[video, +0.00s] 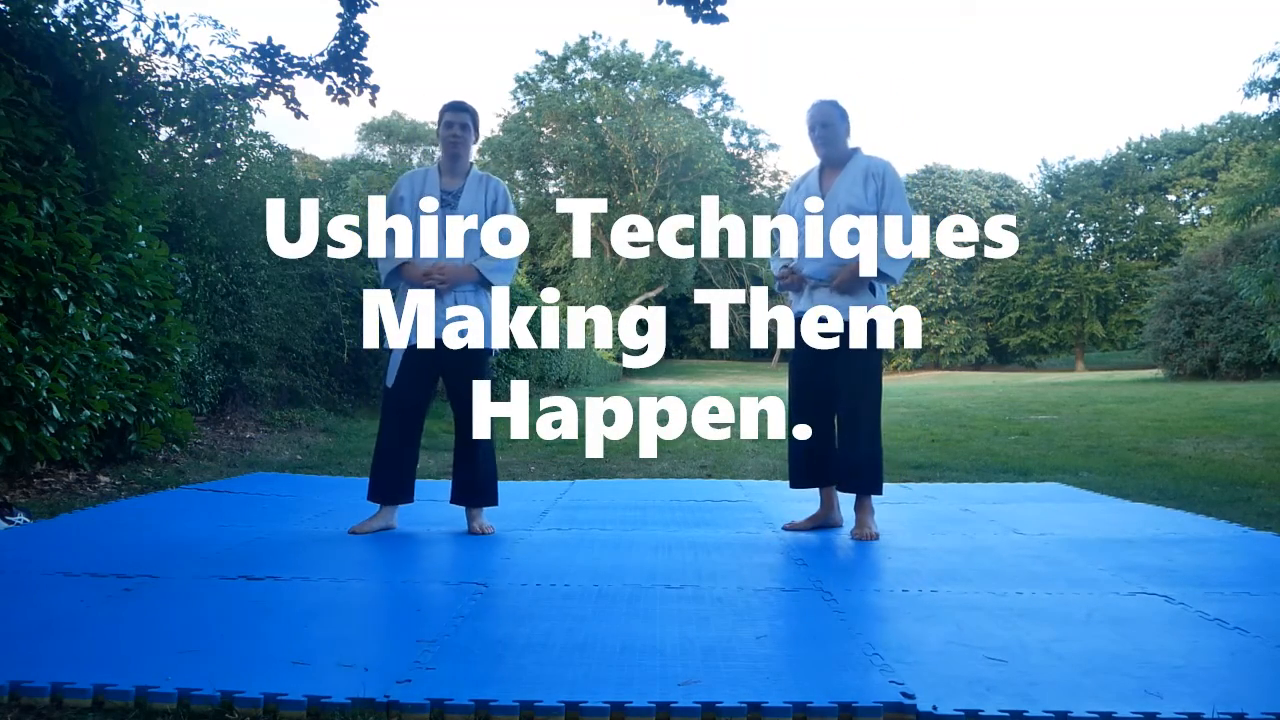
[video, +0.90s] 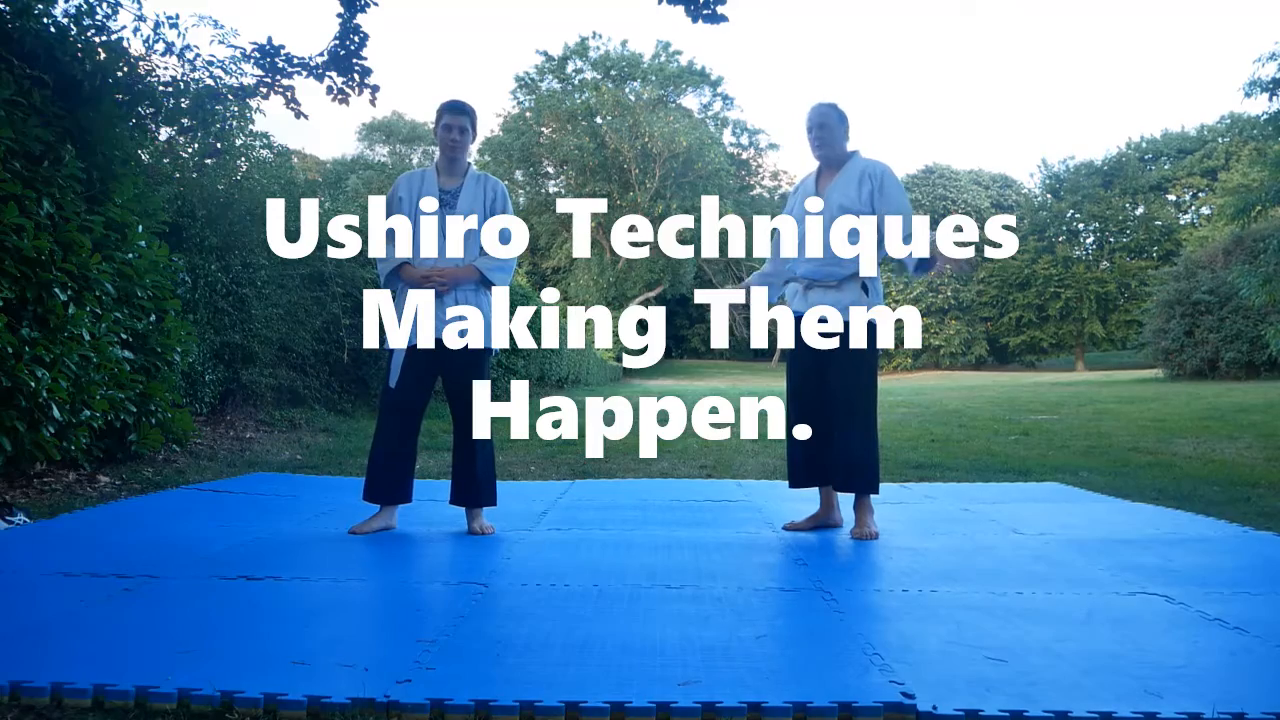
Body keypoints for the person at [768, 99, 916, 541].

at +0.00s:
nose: (818, 134)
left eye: (826, 126)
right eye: (813, 128)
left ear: (847, 128)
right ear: (806, 135)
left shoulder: (877, 172)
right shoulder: (798, 188)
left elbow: (900, 236)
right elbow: (781, 244)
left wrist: (857, 268)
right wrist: (786, 273)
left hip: (860, 311)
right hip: (809, 310)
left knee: (859, 408)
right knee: (811, 408)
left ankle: (864, 510)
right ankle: (828, 507)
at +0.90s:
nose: (816, 137)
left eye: (824, 129)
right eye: (810, 131)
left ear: (846, 130)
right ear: (806, 137)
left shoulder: (873, 175)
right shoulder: (801, 191)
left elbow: (902, 232)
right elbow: (782, 254)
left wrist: (923, 258)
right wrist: (753, 289)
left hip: (855, 309)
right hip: (806, 310)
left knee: (855, 408)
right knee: (812, 408)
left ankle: (863, 509)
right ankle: (828, 507)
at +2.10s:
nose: (797, 134)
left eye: (805, 126)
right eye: (792, 128)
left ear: (827, 127)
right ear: (787, 133)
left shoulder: (856, 171)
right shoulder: (786, 184)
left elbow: (877, 234)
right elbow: (770, 247)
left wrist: (882, 296)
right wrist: (759, 307)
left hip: (831, 304)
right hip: (785, 305)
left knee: (811, 405)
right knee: (796, 406)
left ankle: (793, 508)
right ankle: (828, 505)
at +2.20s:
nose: (793, 131)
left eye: (801, 123)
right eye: (788, 125)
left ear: (825, 125)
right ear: (784, 131)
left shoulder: (851, 170)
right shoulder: (782, 185)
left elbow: (868, 236)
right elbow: (768, 246)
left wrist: (867, 301)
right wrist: (757, 305)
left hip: (824, 304)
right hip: (779, 305)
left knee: (805, 407)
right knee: (790, 407)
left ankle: (792, 511)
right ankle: (827, 505)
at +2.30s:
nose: (791, 131)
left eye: (800, 123)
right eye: (786, 124)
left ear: (824, 124)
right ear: (781, 130)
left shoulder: (847, 170)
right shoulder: (781, 181)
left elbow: (863, 235)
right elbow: (765, 244)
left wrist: (857, 300)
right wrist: (750, 305)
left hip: (819, 304)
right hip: (775, 305)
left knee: (802, 407)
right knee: (785, 408)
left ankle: (791, 512)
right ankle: (827, 504)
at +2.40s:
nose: (784, 131)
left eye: (793, 123)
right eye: (780, 124)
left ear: (819, 124)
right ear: (777, 128)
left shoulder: (842, 169)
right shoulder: (776, 183)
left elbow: (856, 235)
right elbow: (759, 245)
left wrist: (844, 296)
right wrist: (740, 302)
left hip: (813, 306)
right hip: (769, 307)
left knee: (802, 407)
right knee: (769, 407)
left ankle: (792, 513)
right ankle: (821, 495)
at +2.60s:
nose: (771, 131)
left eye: (780, 122)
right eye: (768, 123)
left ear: (808, 122)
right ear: (768, 126)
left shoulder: (835, 165)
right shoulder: (767, 180)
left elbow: (850, 231)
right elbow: (750, 244)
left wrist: (829, 290)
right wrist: (726, 302)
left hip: (809, 307)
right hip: (761, 307)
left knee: (800, 408)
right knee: (741, 401)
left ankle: (792, 512)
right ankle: (782, 487)